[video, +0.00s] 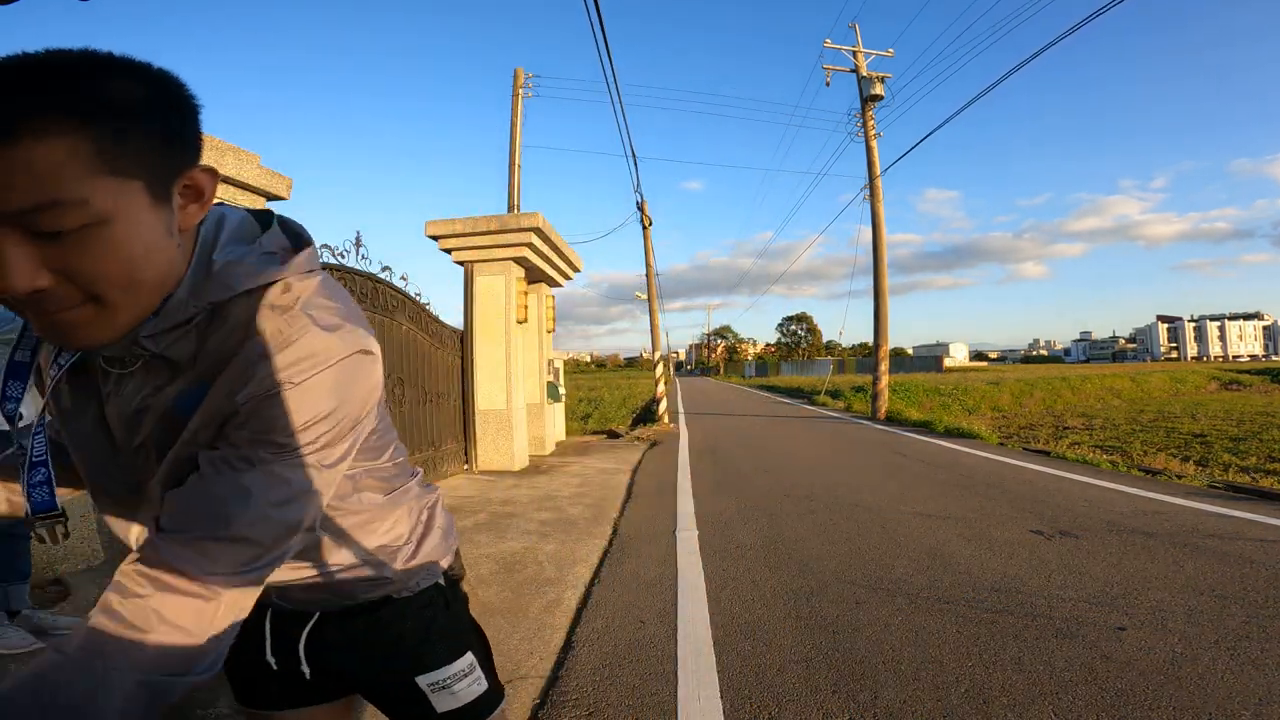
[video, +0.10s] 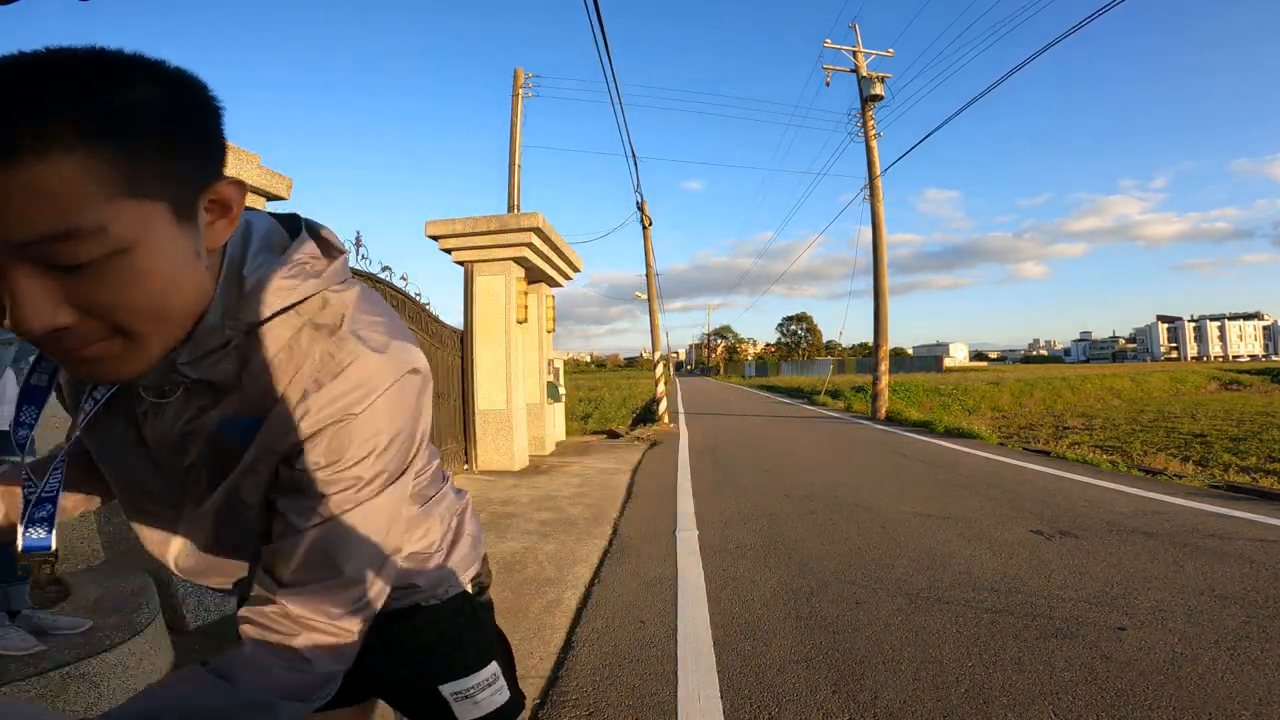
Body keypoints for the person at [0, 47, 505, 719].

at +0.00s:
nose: (16, 280)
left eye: (53, 230)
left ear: (189, 202)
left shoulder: (300, 339)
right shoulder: (76, 340)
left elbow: (166, 617)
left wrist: (13, 703)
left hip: (393, 595)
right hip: (262, 604)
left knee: (462, 709)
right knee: (288, 708)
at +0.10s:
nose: (27, 317)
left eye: (72, 262)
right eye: (5, 269)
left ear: (215, 219)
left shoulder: (345, 361)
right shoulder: (106, 326)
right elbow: (116, 444)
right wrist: (34, 497)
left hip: (416, 585)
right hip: (278, 587)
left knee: (482, 709)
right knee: (325, 708)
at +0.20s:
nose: (66, 360)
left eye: (115, 302)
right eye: (17, 311)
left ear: (271, 237)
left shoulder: (422, 387)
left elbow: (443, 633)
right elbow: (137, 472)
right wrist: (25, 533)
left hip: (453, 625)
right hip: (305, 617)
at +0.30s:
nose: (111, 402)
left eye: (160, 344)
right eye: (63, 349)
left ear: (336, 260)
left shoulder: (504, 387)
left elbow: (529, 620)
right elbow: (190, 516)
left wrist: (334, 716)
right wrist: (49, 594)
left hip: (488, 637)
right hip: (346, 635)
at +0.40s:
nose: (191, 419)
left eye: (237, 360)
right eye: (139, 366)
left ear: (414, 268)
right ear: (104, 320)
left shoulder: (568, 382)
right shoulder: (208, 373)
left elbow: (599, 595)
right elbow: (214, 530)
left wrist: (438, 708)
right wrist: (125, 629)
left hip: (514, 650)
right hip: (361, 643)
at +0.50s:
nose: (250, 420)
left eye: (307, 354)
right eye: (189, 361)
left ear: (471, 254)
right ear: (141, 312)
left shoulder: (616, 377)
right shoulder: (228, 385)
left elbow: (639, 590)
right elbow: (252, 559)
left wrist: (532, 700)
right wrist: (172, 650)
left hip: (550, 636)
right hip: (395, 642)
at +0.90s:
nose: (281, 514)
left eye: (353, 417)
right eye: (170, 439)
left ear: (531, 285)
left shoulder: (673, 424)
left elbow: (680, 636)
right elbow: (252, 617)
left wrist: (639, 706)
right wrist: (244, 708)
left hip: (584, 651)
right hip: (422, 651)